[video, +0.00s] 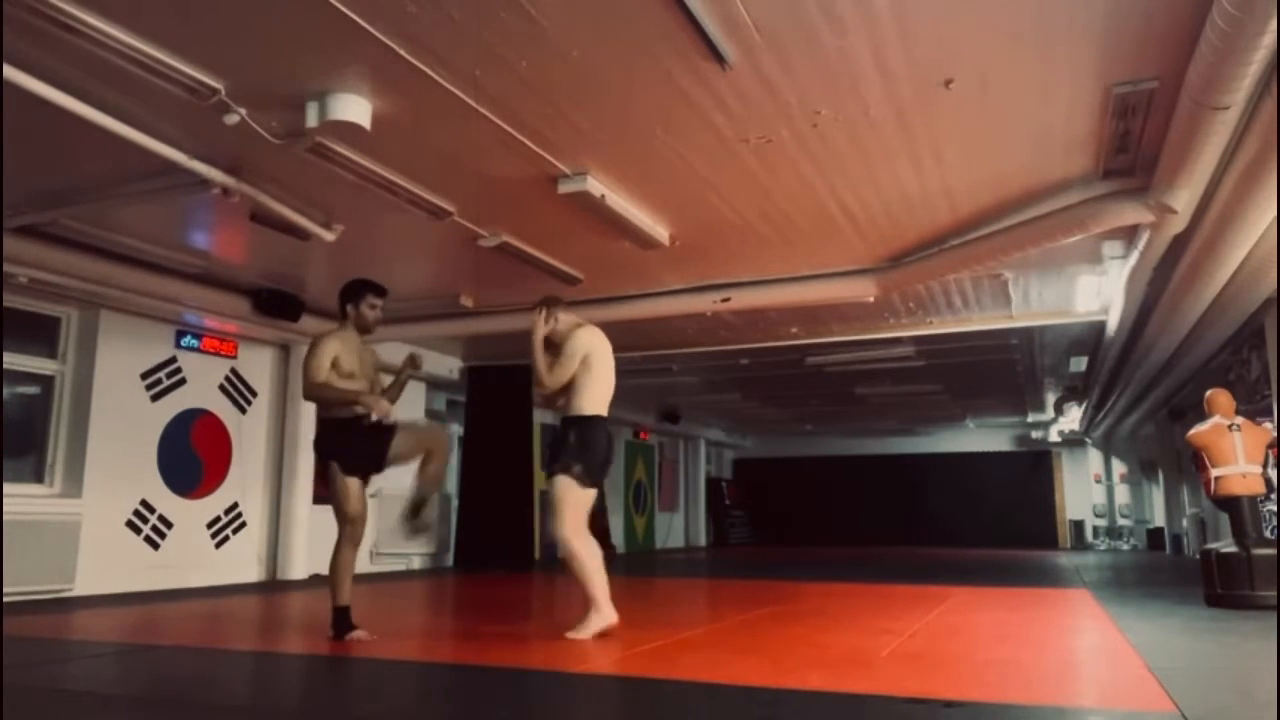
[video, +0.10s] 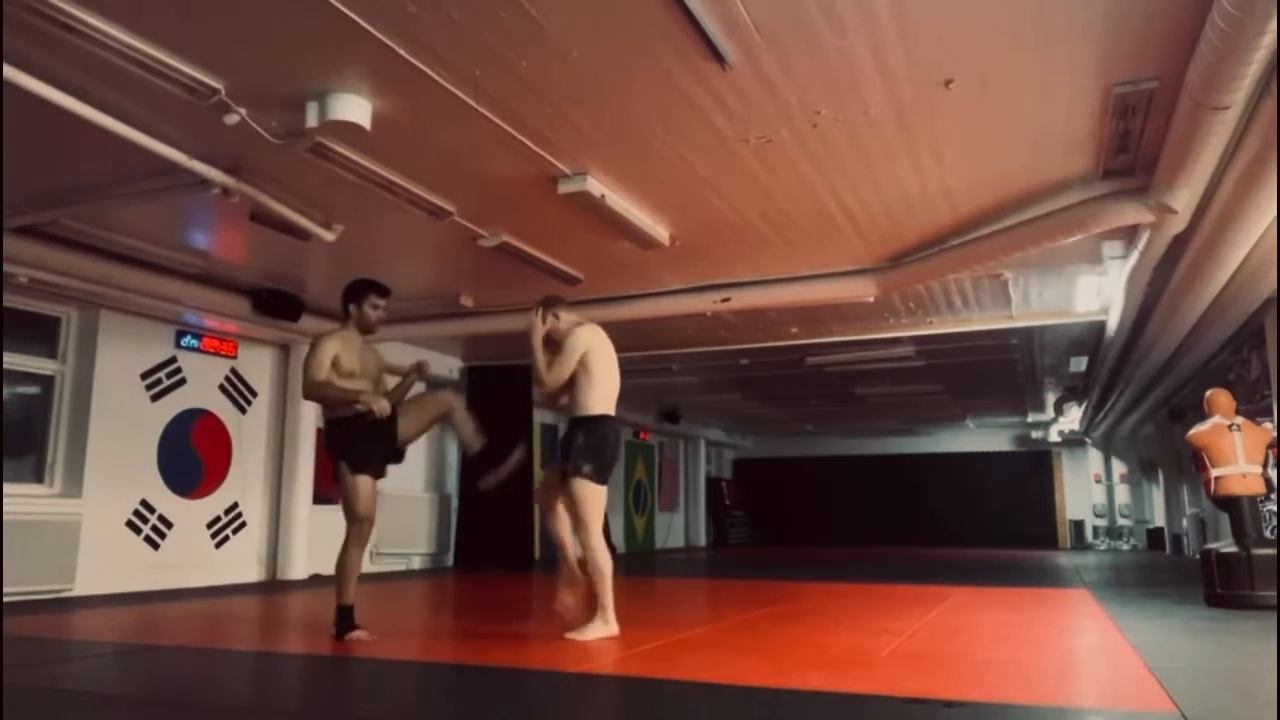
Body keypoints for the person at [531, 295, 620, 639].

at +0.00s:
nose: (546, 336)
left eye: (545, 330)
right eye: (544, 330)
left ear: (554, 318)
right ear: (562, 314)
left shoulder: (581, 336)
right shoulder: (592, 339)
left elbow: (548, 382)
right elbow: (560, 397)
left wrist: (537, 339)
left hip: (582, 433)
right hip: (591, 433)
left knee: (568, 528)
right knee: (576, 529)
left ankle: (602, 609)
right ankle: (602, 608)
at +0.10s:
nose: (547, 335)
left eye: (545, 329)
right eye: (545, 330)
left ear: (554, 317)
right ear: (562, 313)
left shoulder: (581, 333)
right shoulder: (593, 337)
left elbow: (548, 381)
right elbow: (566, 397)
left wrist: (536, 340)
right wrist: (541, 394)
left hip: (590, 432)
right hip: (589, 431)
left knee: (590, 530)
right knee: (548, 497)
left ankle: (607, 618)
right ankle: (575, 573)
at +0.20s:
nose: (550, 335)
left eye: (548, 328)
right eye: (547, 329)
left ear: (556, 317)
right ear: (564, 312)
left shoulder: (585, 333)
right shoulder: (595, 335)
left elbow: (547, 377)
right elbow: (580, 397)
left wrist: (536, 333)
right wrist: (551, 414)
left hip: (598, 432)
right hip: (591, 430)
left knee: (593, 528)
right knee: (540, 456)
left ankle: (605, 617)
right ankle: (542, 538)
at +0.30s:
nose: (554, 328)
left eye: (553, 322)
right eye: (552, 322)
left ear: (562, 313)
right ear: (571, 308)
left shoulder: (590, 332)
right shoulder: (599, 334)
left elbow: (548, 371)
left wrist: (543, 327)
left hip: (600, 431)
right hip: (593, 428)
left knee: (595, 528)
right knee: (537, 444)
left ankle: (604, 616)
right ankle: (530, 523)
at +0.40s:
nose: (566, 331)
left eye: (564, 325)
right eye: (562, 326)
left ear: (574, 314)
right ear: (581, 307)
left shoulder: (599, 334)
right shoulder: (609, 332)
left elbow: (555, 369)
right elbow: (603, 387)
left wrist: (552, 325)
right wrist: (574, 401)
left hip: (605, 434)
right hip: (598, 430)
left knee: (596, 528)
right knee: (543, 459)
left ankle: (604, 617)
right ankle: (534, 537)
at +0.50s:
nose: (586, 329)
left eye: (585, 322)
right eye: (583, 324)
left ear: (594, 311)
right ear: (601, 308)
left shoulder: (617, 334)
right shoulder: (625, 333)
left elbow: (569, 366)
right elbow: (606, 391)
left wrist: (566, 321)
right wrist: (572, 405)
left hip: (612, 434)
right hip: (602, 431)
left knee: (597, 527)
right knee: (554, 484)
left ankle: (604, 618)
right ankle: (570, 563)